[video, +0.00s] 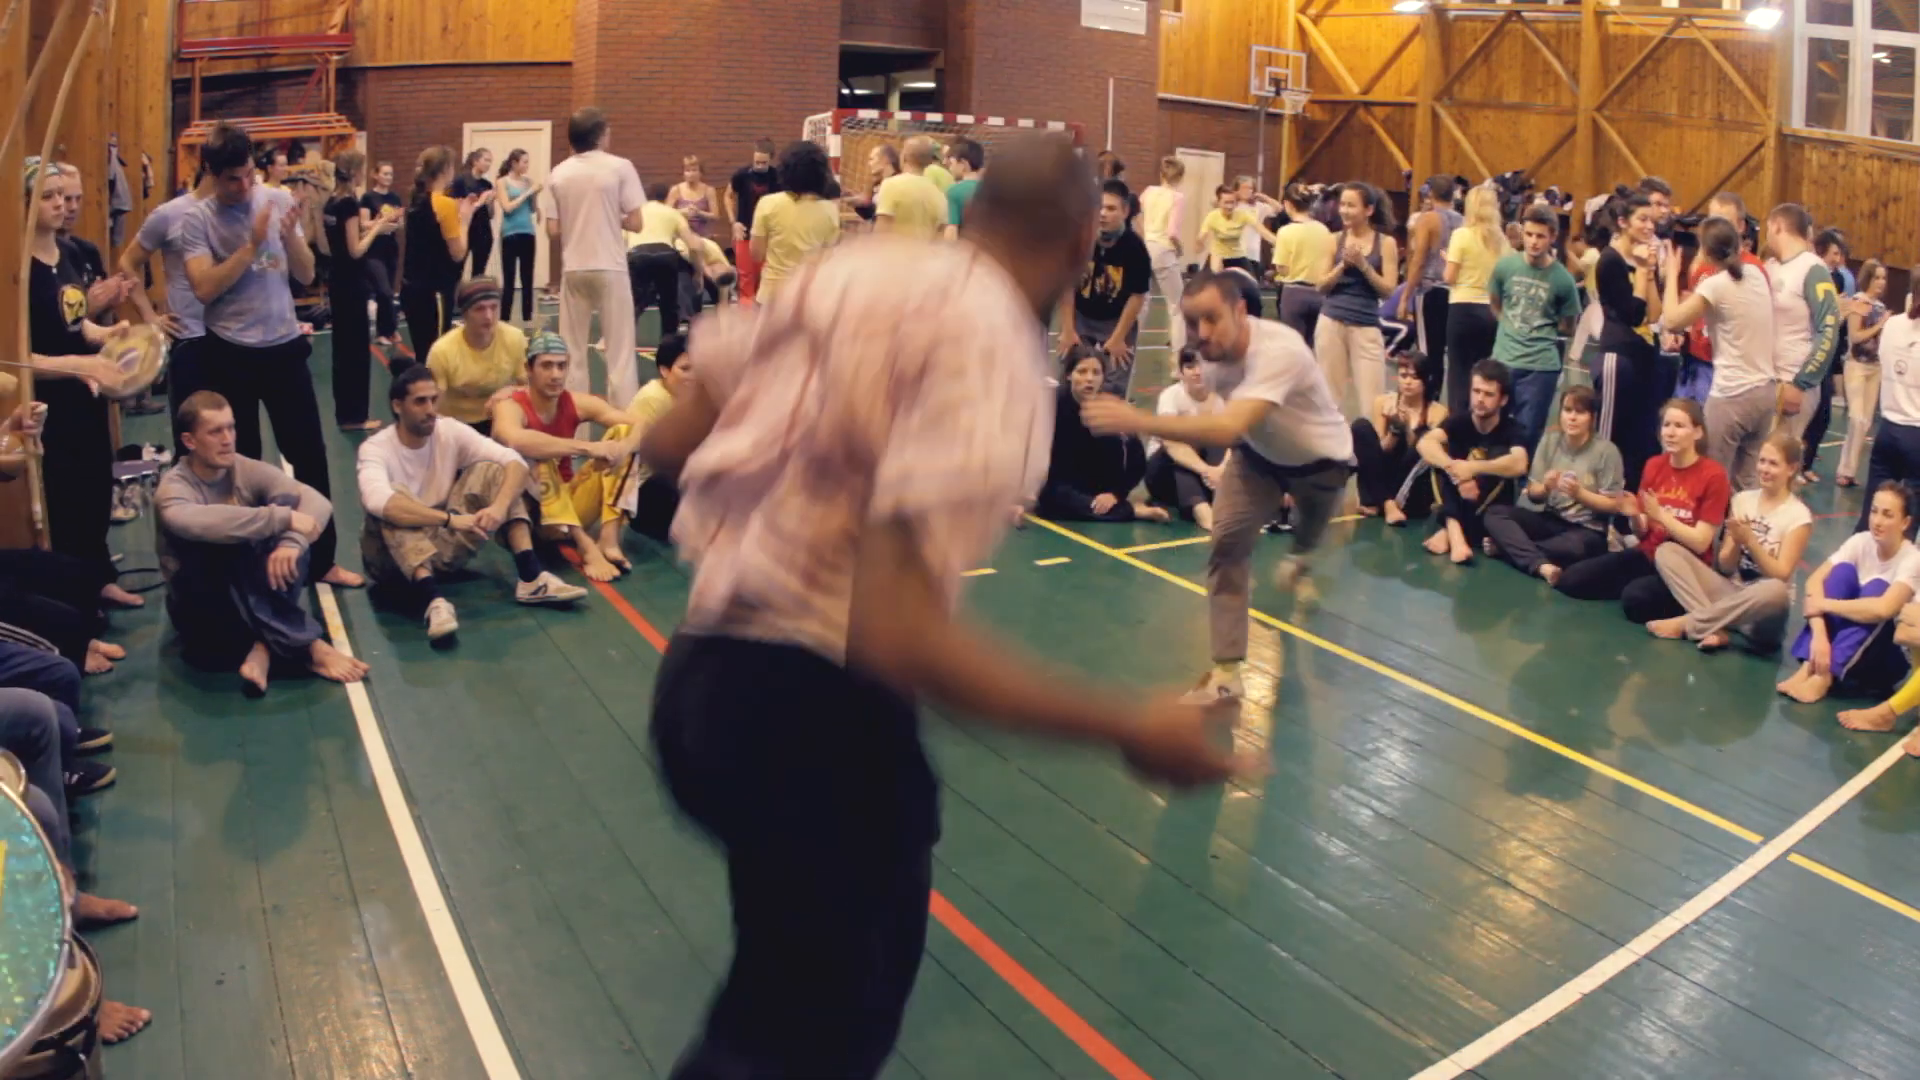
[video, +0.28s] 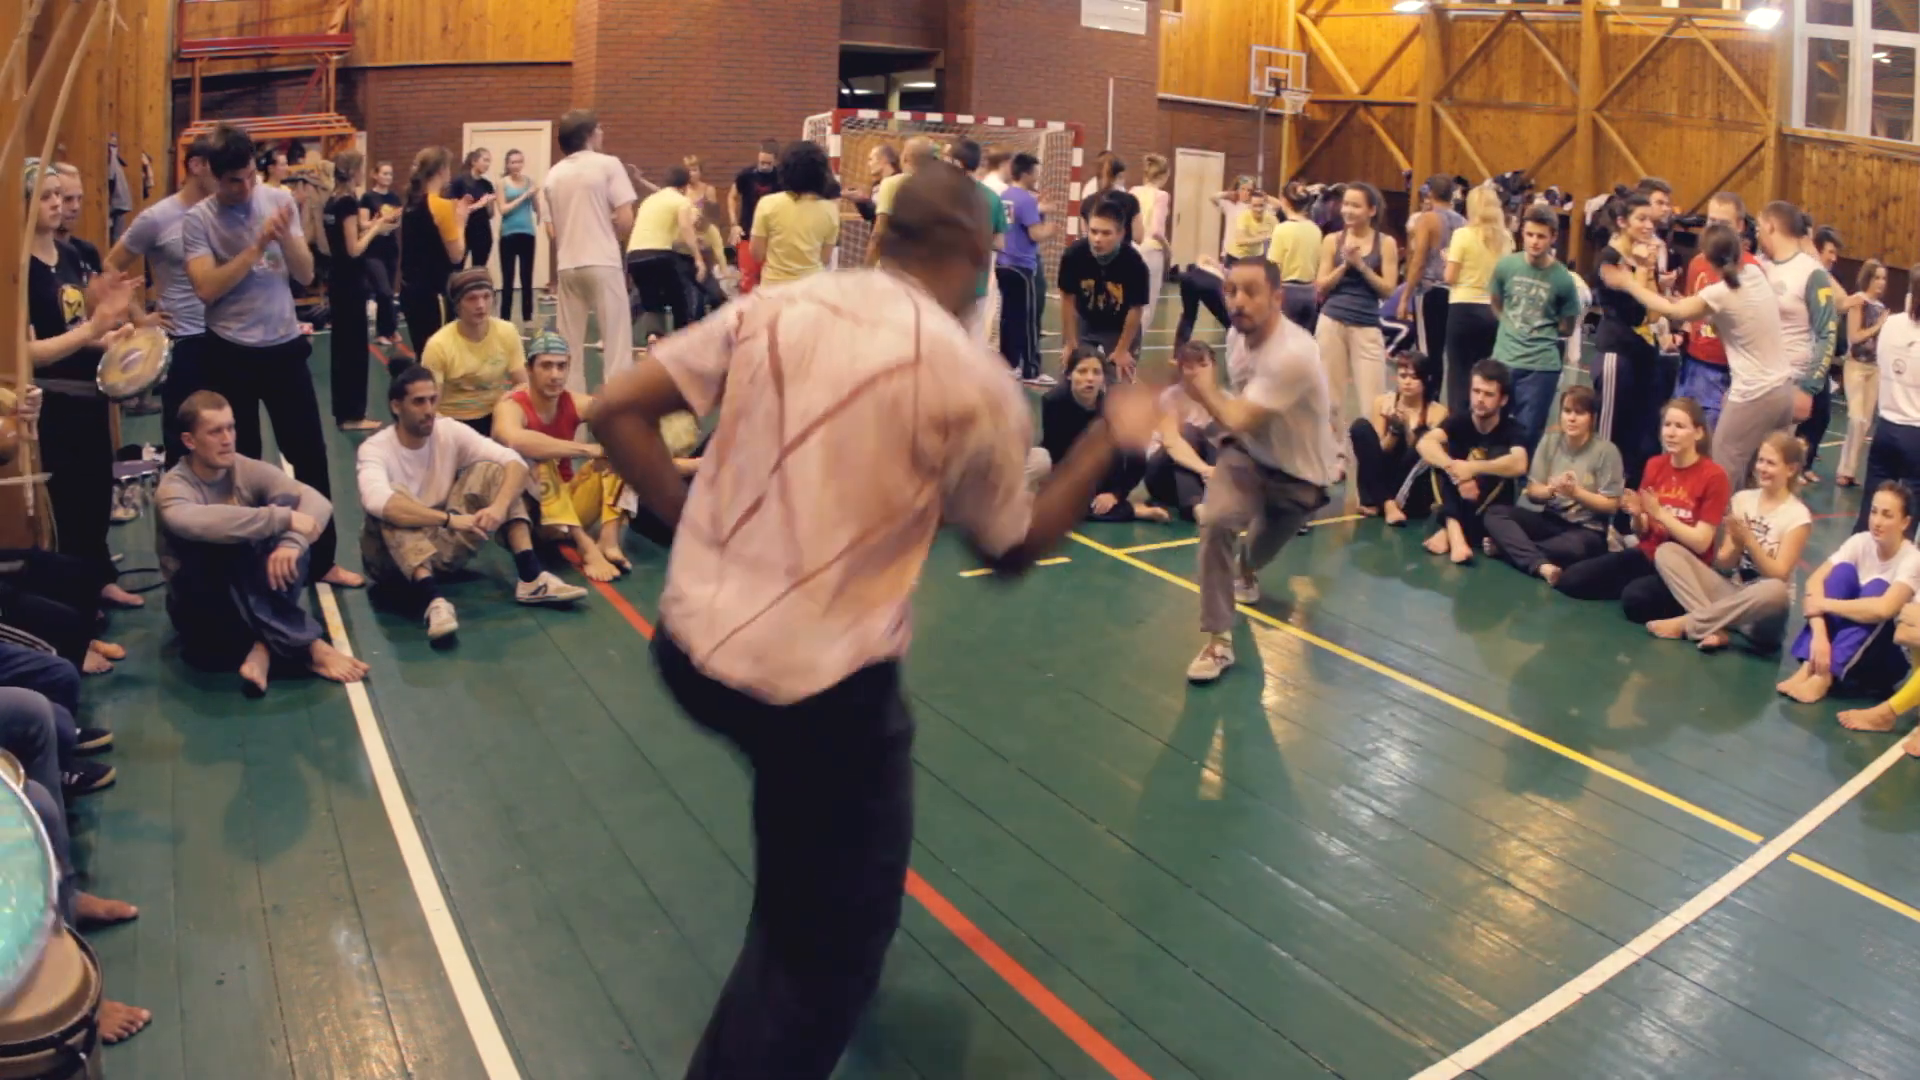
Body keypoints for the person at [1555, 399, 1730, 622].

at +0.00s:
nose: (1670, 432)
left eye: (1679, 426)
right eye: (1666, 425)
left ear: (1698, 432)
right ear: (1659, 429)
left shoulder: (1714, 475)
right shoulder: (1654, 465)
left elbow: (1701, 542)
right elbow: (1642, 531)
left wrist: (1660, 515)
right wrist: (1634, 514)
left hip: (1685, 565)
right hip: (1647, 555)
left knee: (1635, 601)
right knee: (1569, 581)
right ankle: (1636, 582)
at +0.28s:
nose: (1670, 432)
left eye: (1679, 426)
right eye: (1667, 425)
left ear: (1698, 433)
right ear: (1660, 428)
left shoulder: (1714, 476)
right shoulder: (1654, 465)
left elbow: (1701, 542)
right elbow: (1642, 532)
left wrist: (1659, 512)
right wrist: (1637, 514)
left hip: (1684, 566)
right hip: (1647, 555)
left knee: (1635, 601)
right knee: (1569, 581)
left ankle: (1693, 604)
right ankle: (1635, 583)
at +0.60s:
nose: (1669, 432)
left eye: (1678, 426)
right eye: (1666, 425)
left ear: (1697, 433)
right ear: (1659, 428)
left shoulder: (1713, 475)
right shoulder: (1654, 465)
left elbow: (1701, 542)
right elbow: (1641, 532)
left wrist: (1658, 513)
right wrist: (1636, 514)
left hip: (1684, 565)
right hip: (1647, 555)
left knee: (1635, 601)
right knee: (1570, 581)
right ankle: (1635, 582)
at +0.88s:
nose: (1668, 432)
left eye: (1677, 426)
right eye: (1664, 425)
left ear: (1696, 432)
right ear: (1658, 430)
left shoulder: (1712, 474)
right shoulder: (1653, 465)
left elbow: (1700, 542)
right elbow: (1640, 531)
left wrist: (1656, 515)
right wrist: (1642, 518)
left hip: (1684, 566)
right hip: (1647, 555)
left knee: (1635, 600)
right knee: (1570, 581)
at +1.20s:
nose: (1670, 433)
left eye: (1679, 426)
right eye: (1665, 426)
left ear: (1696, 432)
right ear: (1658, 430)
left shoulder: (1711, 475)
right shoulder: (1653, 465)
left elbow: (1699, 543)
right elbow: (1639, 530)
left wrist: (1654, 514)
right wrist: (1644, 517)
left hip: (1684, 566)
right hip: (1647, 555)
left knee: (1635, 600)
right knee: (1571, 581)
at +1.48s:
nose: (1670, 434)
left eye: (1679, 427)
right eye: (1665, 426)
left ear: (1696, 433)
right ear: (1659, 430)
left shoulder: (1712, 477)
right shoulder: (1653, 465)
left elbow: (1698, 544)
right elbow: (1640, 530)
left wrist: (1654, 516)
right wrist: (1642, 520)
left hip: (1682, 566)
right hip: (1646, 555)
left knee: (1635, 601)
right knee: (1570, 582)